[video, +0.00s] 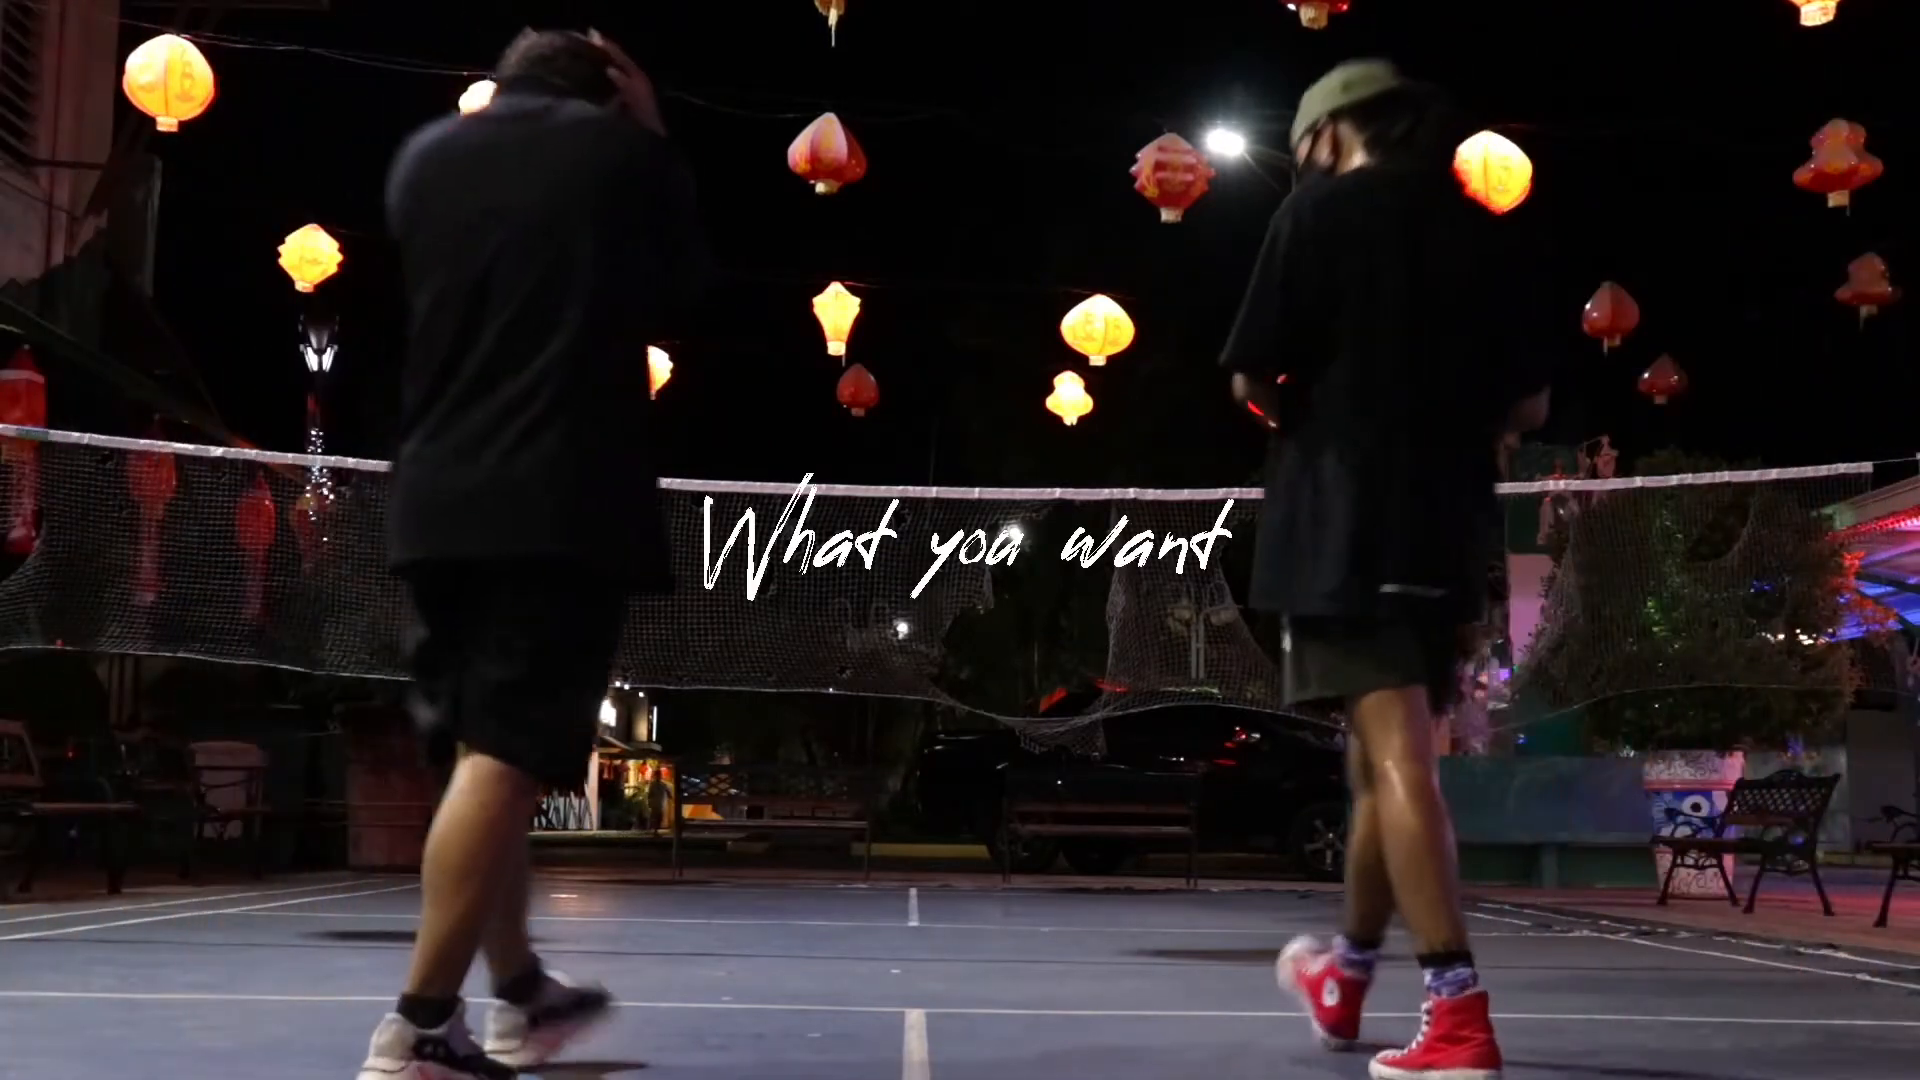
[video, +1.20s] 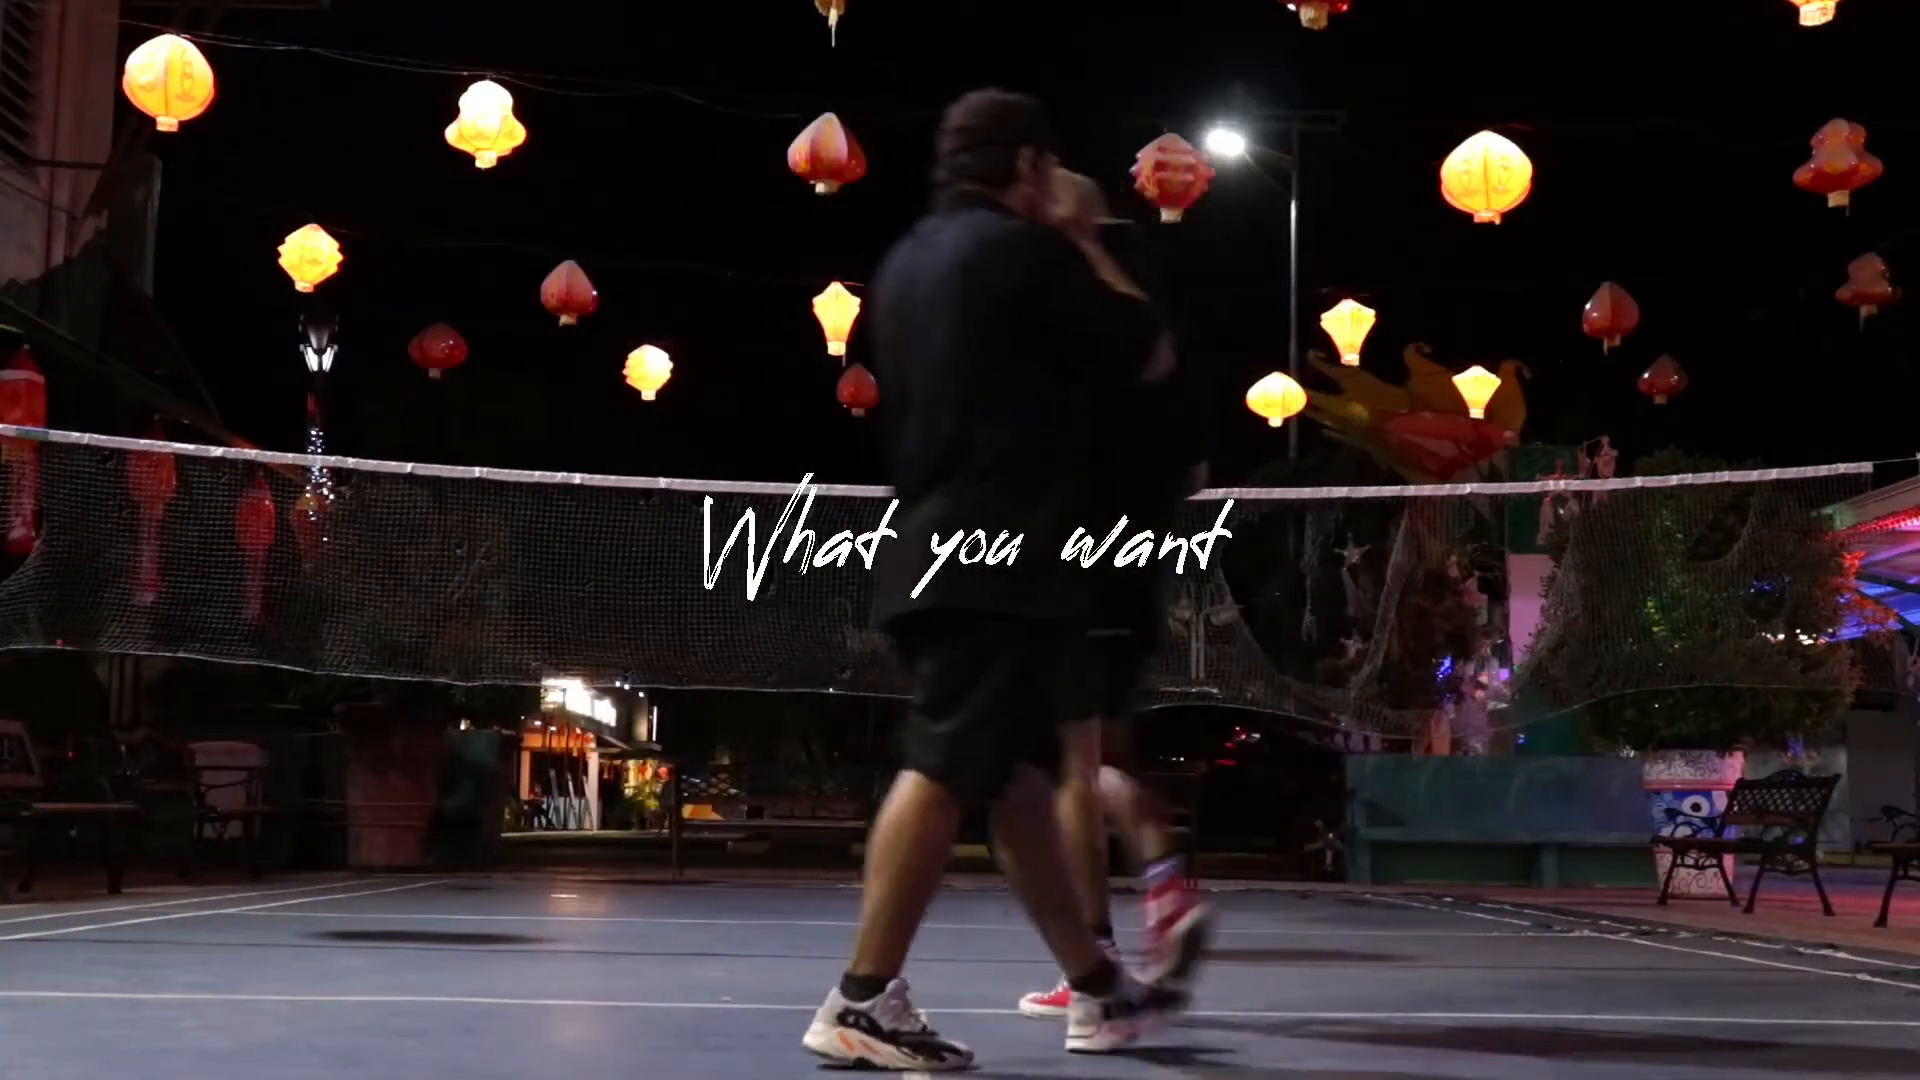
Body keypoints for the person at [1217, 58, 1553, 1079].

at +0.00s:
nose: (1309, 161)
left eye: (1310, 146)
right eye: (1308, 149)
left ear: (1335, 135)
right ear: (1416, 129)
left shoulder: (1316, 212)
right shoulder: (1480, 226)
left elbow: (1252, 366)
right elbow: (1528, 393)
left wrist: (1300, 415)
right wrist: (1465, 429)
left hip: (1344, 511)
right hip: (1448, 514)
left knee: (1402, 761)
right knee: (1386, 757)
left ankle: (1456, 1012)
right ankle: (1343, 979)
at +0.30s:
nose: (1256, 202)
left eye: (1257, 187)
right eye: (1254, 190)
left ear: (1286, 178)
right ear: (1350, 172)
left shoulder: (1266, 250)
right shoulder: (1414, 259)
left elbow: (1221, 409)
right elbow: (1462, 435)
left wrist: (1267, 475)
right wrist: (1387, 473)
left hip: (1295, 527)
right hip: (1383, 532)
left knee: (1271, 753)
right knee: (1330, 759)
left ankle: (1391, 923)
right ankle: (1324, 985)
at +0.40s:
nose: (1240, 203)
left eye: (1242, 190)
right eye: (1239, 191)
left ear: (1267, 180)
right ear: (1330, 177)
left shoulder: (1257, 253)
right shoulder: (1388, 264)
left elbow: (1218, 412)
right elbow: (1420, 420)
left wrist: (1219, 482)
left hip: (1268, 548)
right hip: (1358, 553)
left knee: (1203, 736)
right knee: (1323, 759)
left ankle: (1321, 883)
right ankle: (1327, 1001)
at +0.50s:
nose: (1221, 212)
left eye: (1222, 196)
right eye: (1219, 197)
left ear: (1253, 185)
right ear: (1308, 181)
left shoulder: (1247, 259)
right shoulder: (1370, 268)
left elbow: (1215, 410)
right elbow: (1367, 424)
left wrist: (1200, 475)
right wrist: (1206, 481)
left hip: (1254, 544)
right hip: (1348, 553)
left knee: (1177, 730)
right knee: (1322, 760)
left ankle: (1260, 902)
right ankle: (1321, 987)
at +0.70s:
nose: (1166, 235)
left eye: (1169, 219)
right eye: (1162, 221)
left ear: (1204, 207)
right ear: (1244, 206)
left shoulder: (1200, 288)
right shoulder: (1306, 286)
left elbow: (1171, 437)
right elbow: (1303, 428)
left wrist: (1164, 498)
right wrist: (1171, 486)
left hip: (1210, 560)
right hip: (1305, 552)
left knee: (1157, 752)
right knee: (1303, 762)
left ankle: (1120, 959)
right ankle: (1320, 984)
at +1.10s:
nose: (1048, 258)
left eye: (1053, 243)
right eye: (1050, 244)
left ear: (1080, 243)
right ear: (1133, 241)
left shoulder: (1077, 324)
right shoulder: (1186, 324)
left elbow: (1048, 452)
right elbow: (1203, 449)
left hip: (1077, 571)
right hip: (1166, 566)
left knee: (1079, 766)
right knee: (1160, 760)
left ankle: (1095, 965)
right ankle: (1239, 877)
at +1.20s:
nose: (1041, 220)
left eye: (1048, 205)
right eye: (1048, 205)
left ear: (1061, 220)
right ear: (1103, 223)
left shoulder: (1055, 290)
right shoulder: (1127, 295)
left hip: (1069, 538)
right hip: (1125, 537)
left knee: (1074, 750)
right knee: (1097, 742)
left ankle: (1084, 955)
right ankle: (1166, 885)